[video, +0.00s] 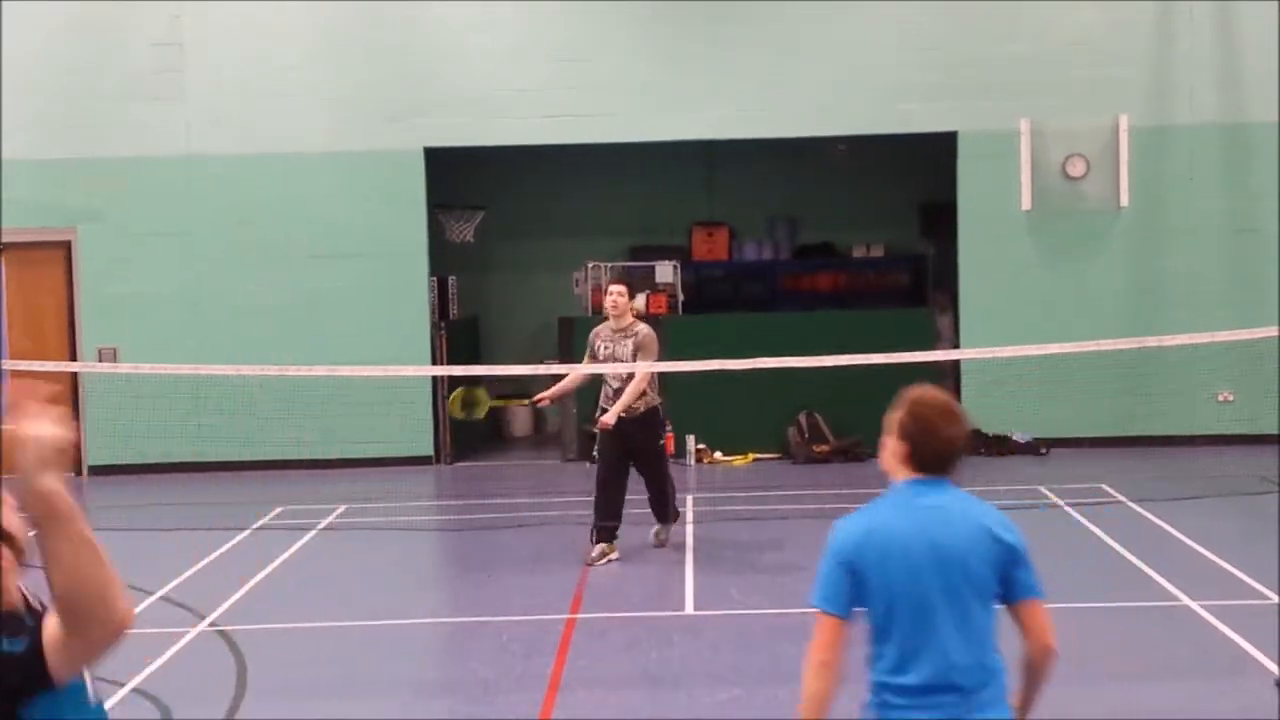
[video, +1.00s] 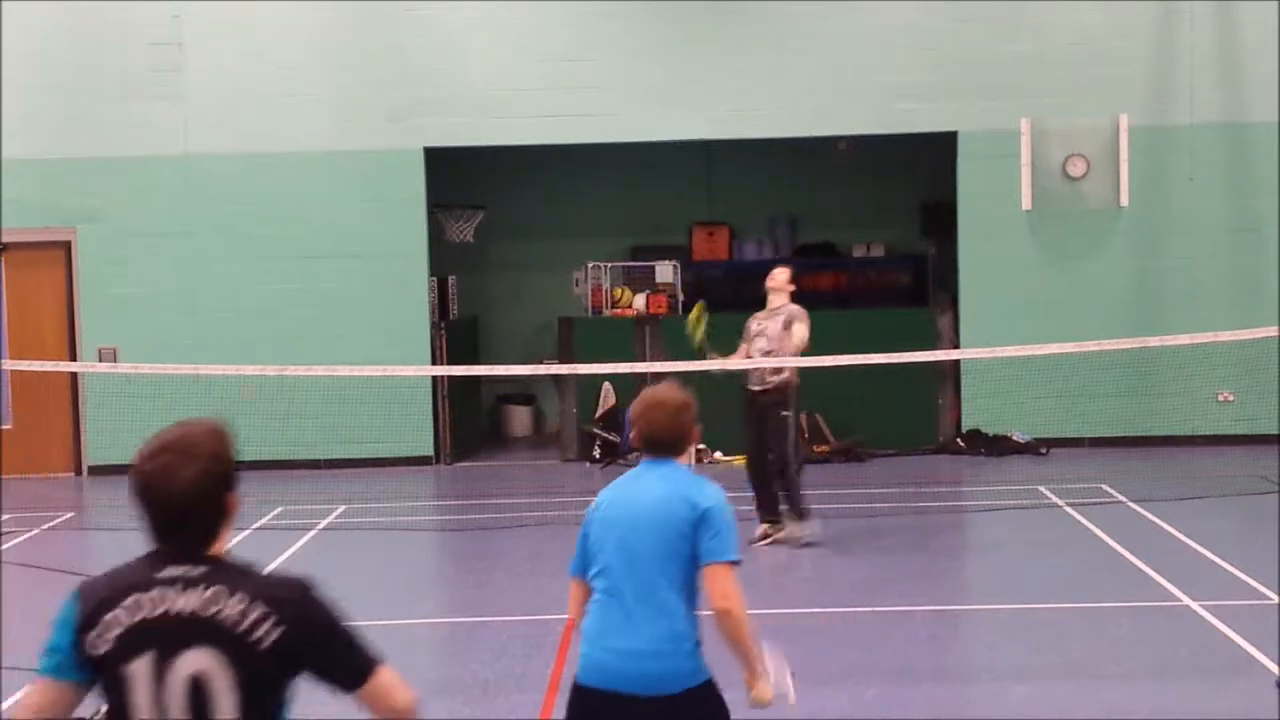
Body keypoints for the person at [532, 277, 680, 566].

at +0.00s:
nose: (612, 299)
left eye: (619, 295)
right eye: (609, 295)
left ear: (630, 301)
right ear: (604, 300)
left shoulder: (644, 335)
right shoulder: (598, 334)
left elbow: (642, 379)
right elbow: (585, 372)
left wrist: (614, 411)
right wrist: (552, 393)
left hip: (642, 415)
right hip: (609, 415)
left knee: (655, 473)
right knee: (608, 477)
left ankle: (665, 519)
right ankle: (605, 540)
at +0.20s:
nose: (624, 302)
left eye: (630, 297)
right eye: (620, 297)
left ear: (641, 303)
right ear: (613, 305)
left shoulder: (659, 336)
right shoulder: (604, 336)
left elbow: (663, 381)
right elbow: (590, 376)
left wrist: (637, 412)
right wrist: (564, 410)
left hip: (656, 416)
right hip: (618, 419)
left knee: (681, 475)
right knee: (615, 478)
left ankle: (708, 531)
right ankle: (606, 541)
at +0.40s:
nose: (651, 314)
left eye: (656, 309)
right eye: (646, 310)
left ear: (668, 315)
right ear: (638, 316)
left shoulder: (685, 349)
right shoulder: (628, 350)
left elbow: (697, 394)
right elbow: (613, 388)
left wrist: (684, 427)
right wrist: (589, 422)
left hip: (678, 430)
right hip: (640, 430)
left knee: (710, 480)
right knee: (624, 482)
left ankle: (731, 535)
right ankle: (606, 542)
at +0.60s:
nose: (700, 308)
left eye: (706, 304)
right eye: (696, 304)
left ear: (719, 312)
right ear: (690, 312)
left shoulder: (733, 348)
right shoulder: (679, 345)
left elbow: (740, 392)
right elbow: (668, 378)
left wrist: (727, 427)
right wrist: (644, 397)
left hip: (717, 428)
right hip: (681, 426)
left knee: (722, 484)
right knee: (655, 476)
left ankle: (725, 541)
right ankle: (626, 532)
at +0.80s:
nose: (737, 294)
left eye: (744, 292)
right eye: (735, 291)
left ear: (756, 303)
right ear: (730, 299)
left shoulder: (768, 335)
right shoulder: (718, 335)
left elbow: (782, 378)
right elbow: (701, 368)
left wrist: (789, 422)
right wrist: (683, 351)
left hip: (755, 408)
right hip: (719, 407)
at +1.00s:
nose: (771, 277)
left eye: (778, 274)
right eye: (771, 273)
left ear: (790, 286)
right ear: (767, 283)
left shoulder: (796, 313)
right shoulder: (755, 320)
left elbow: (798, 341)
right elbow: (742, 357)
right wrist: (718, 362)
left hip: (781, 388)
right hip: (756, 391)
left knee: (783, 454)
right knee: (757, 457)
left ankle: (796, 518)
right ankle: (769, 520)